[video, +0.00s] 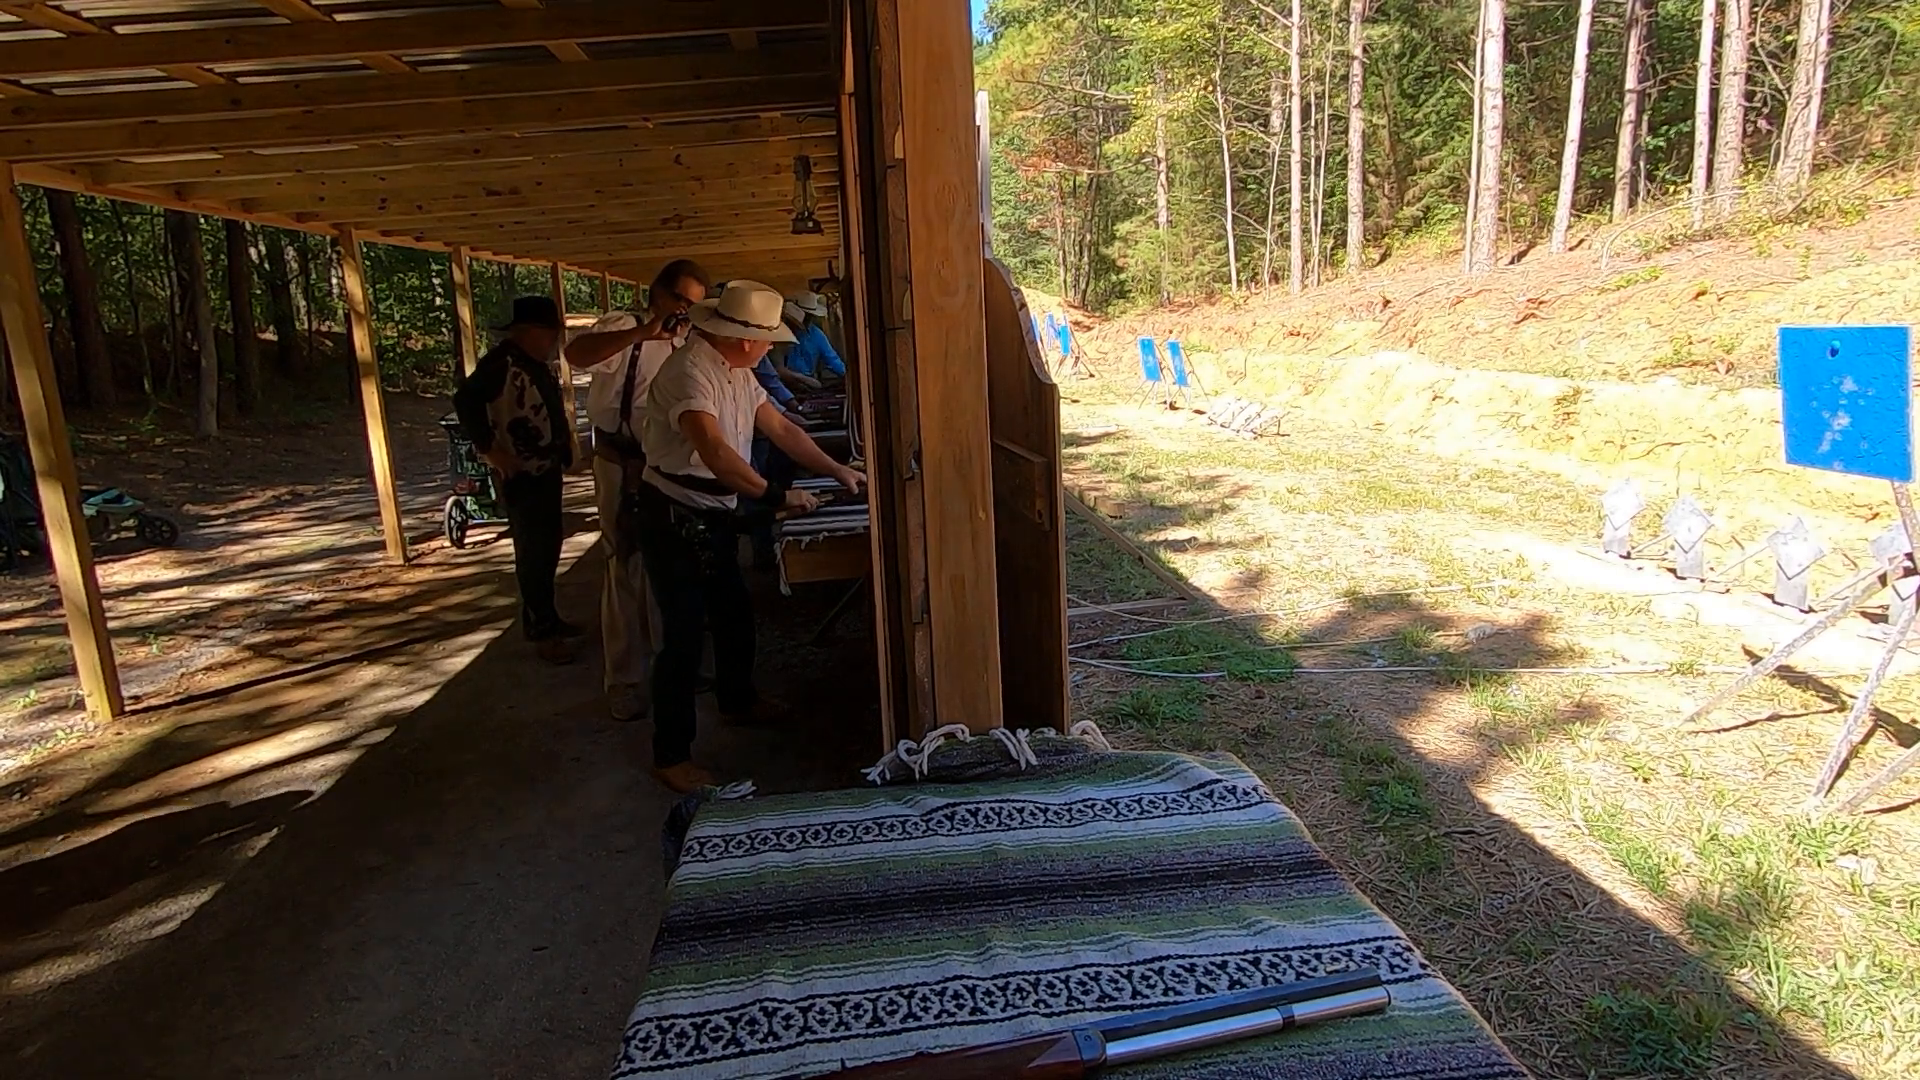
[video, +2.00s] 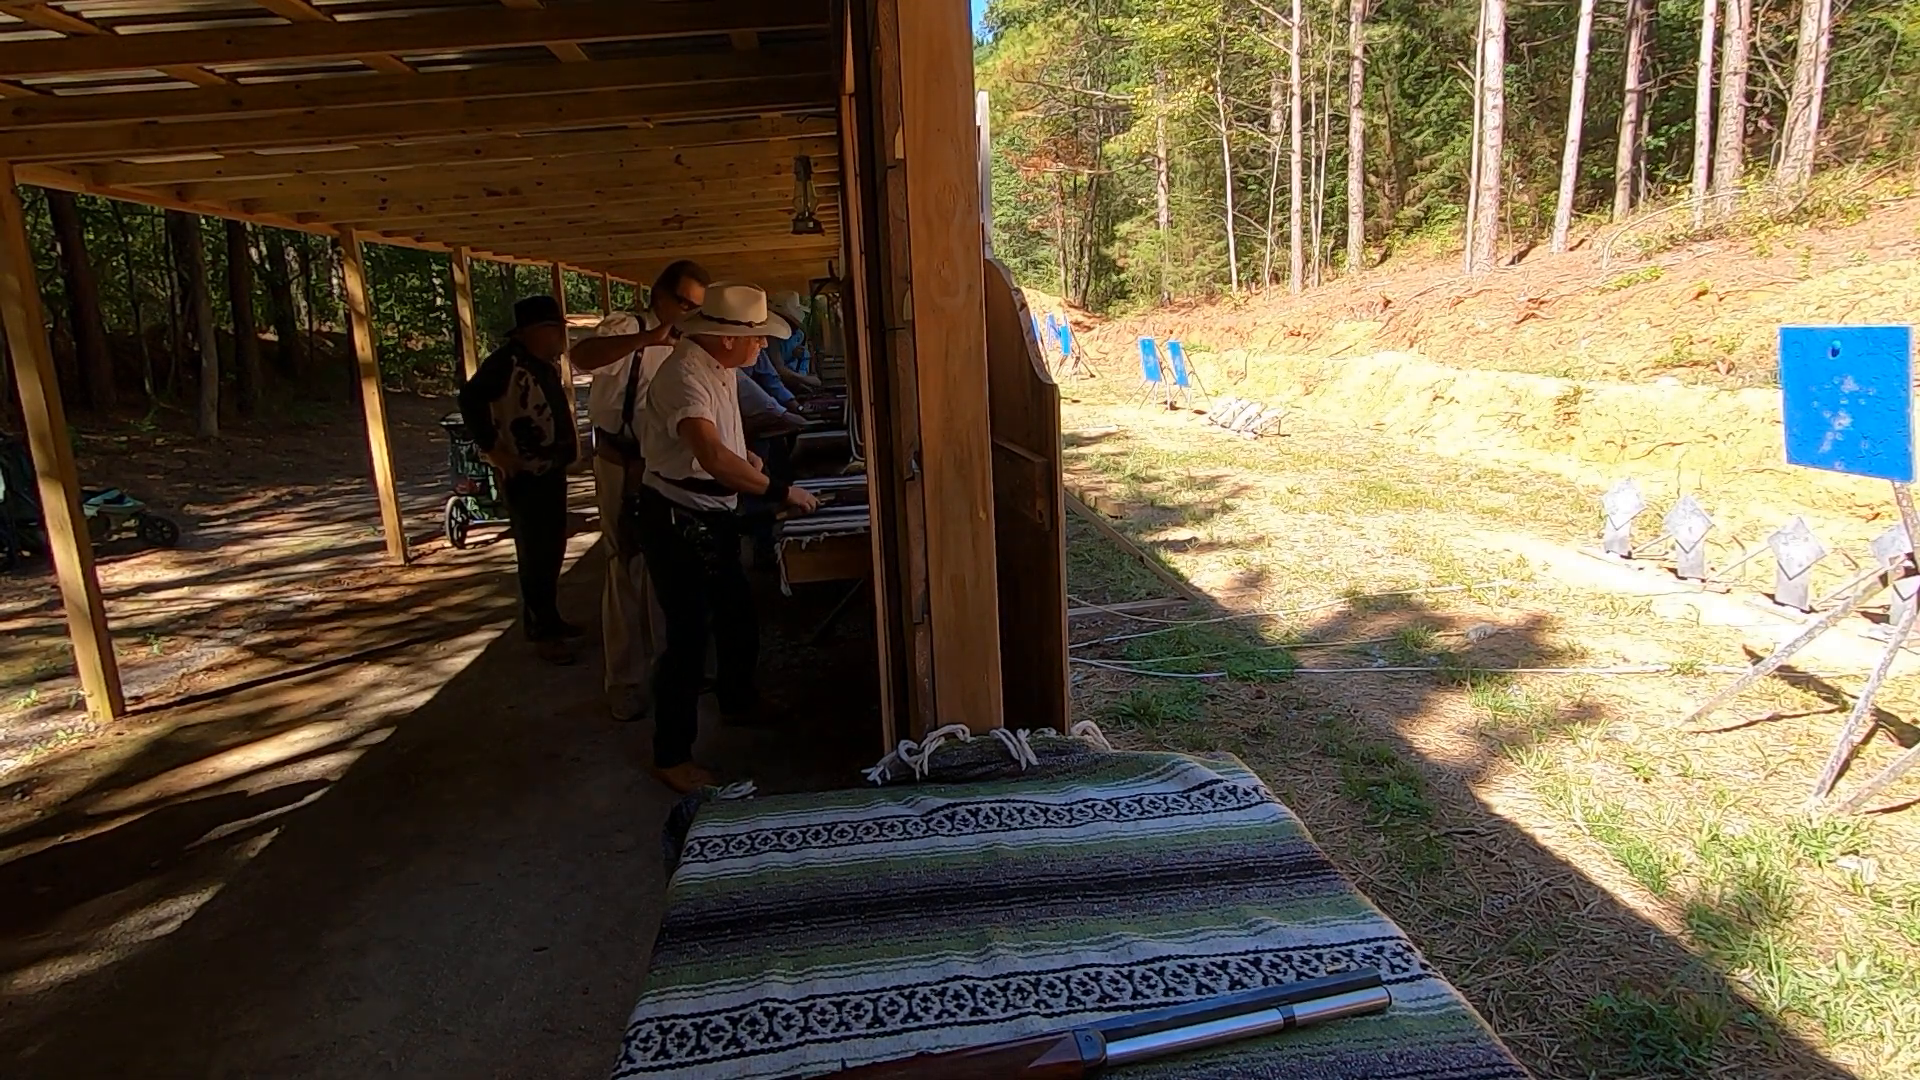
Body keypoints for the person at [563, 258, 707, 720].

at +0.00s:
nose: (684, 310)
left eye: (694, 305)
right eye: (678, 299)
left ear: (702, 307)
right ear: (656, 293)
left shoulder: (695, 346)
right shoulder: (625, 326)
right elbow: (575, 354)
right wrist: (642, 334)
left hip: (674, 463)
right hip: (619, 462)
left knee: (672, 569)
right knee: (624, 572)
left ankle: (676, 669)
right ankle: (624, 682)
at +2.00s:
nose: (686, 312)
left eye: (694, 307)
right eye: (681, 302)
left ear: (698, 309)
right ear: (659, 294)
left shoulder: (690, 346)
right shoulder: (627, 327)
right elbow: (581, 357)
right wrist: (645, 340)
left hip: (669, 463)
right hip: (618, 463)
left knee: (670, 568)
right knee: (626, 571)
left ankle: (673, 671)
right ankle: (624, 683)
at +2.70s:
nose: (688, 313)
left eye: (695, 307)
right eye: (682, 302)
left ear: (698, 310)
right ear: (658, 296)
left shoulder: (693, 351)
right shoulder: (629, 336)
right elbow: (593, 347)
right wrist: (666, 340)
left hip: (672, 464)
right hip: (620, 467)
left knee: (674, 567)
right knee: (626, 573)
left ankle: (674, 670)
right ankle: (624, 682)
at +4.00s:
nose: (690, 315)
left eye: (697, 309)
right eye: (685, 304)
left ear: (698, 311)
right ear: (660, 296)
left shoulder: (688, 344)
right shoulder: (631, 325)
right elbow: (609, 347)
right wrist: (674, 344)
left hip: (667, 463)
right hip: (619, 465)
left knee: (670, 568)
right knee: (626, 572)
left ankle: (672, 671)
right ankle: (623, 683)